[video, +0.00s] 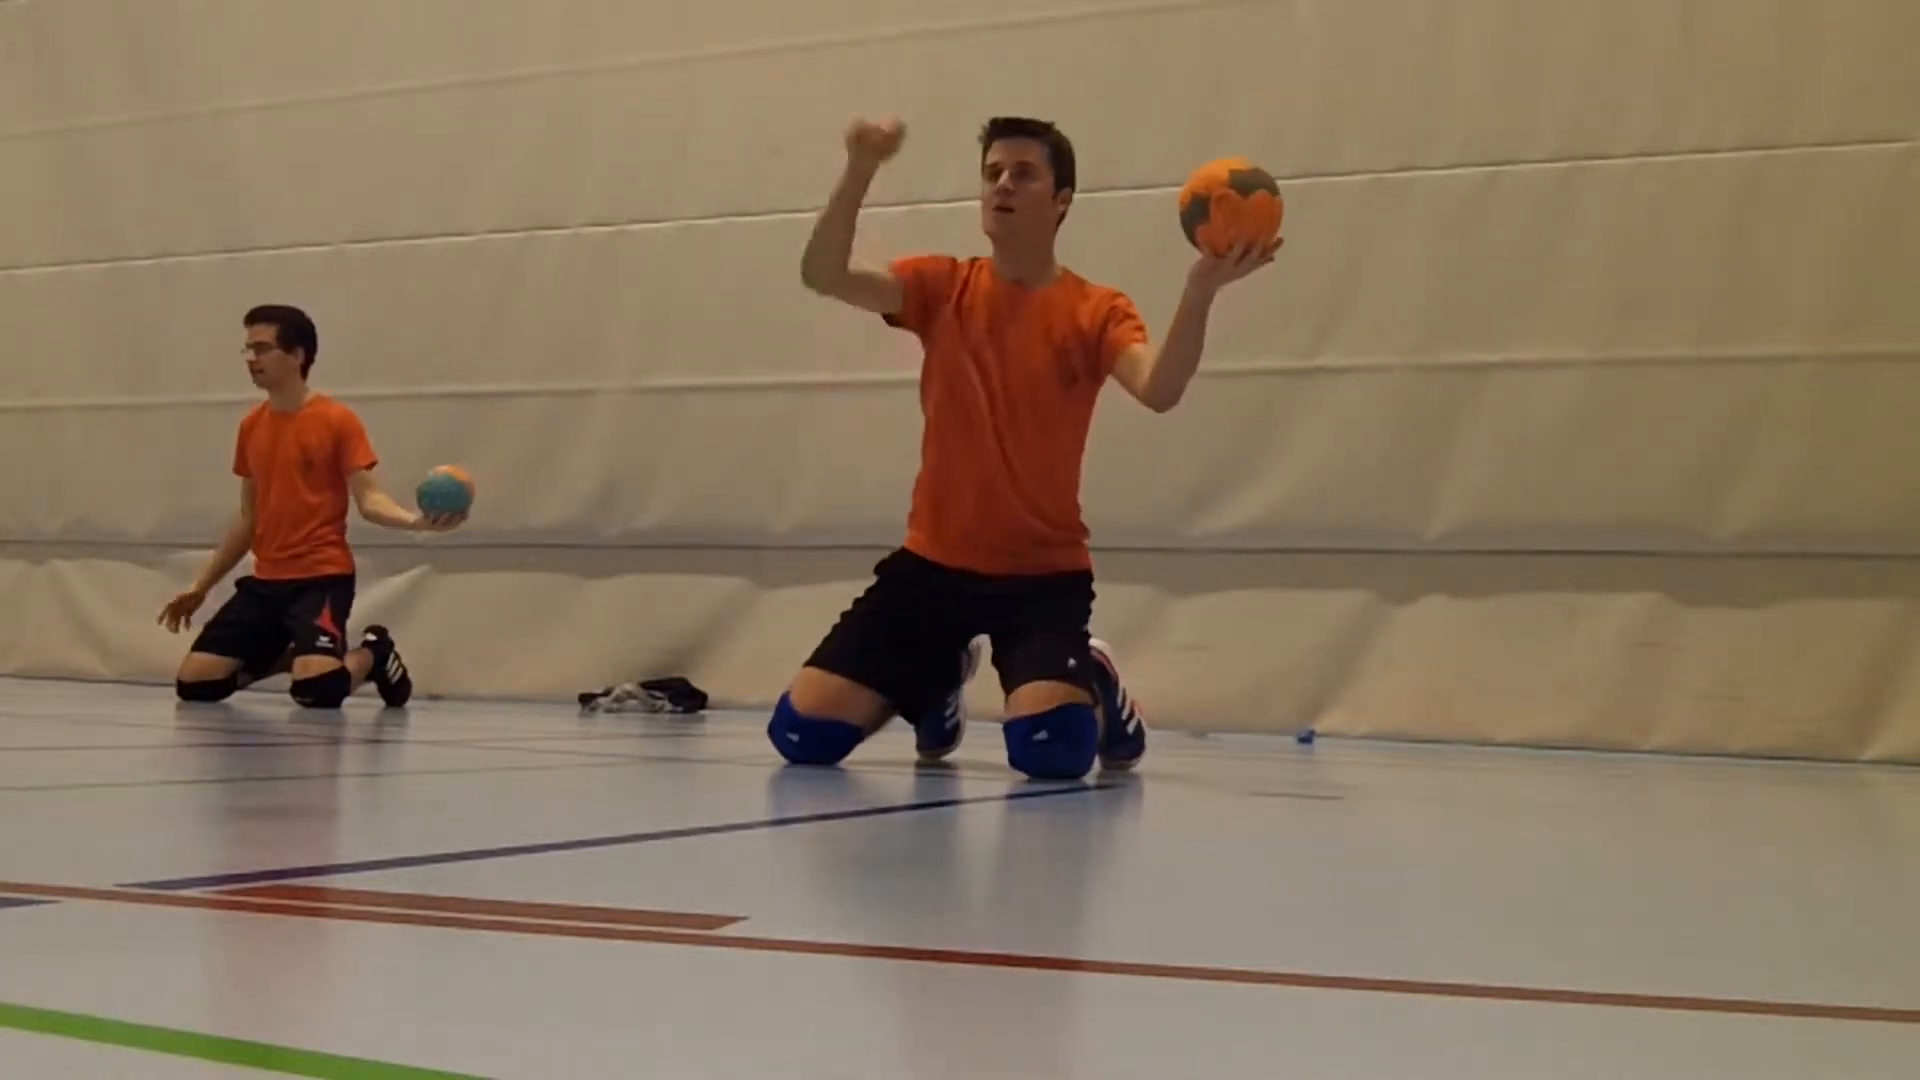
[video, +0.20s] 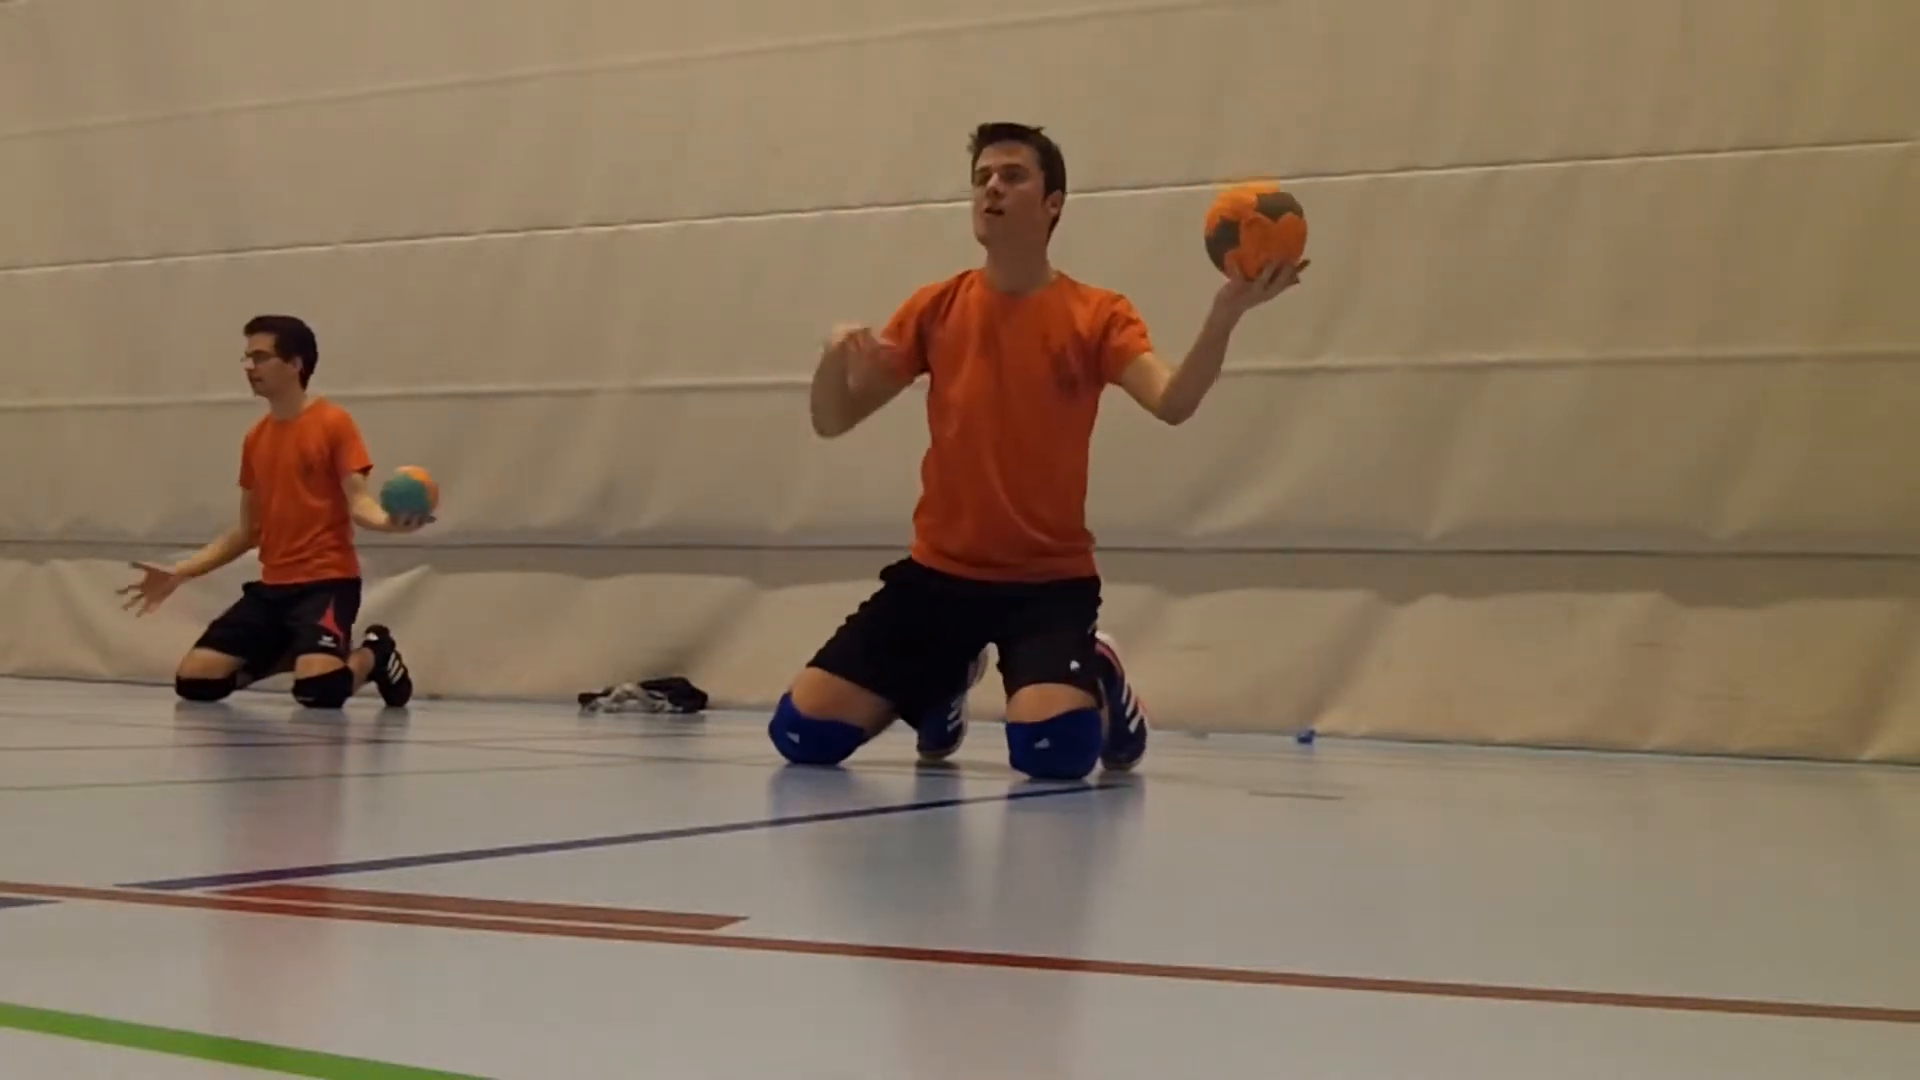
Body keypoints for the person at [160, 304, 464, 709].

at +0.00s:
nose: (250, 359)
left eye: (262, 348)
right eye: (248, 349)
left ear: (299, 356)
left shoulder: (336, 420)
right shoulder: (254, 425)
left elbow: (368, 498)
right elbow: (248, 520)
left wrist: (416, 520)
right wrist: (199, 589)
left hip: (323, 579)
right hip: (266, 582)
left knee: (315, 691)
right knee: (195, 684)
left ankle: (375, 653)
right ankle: (299, 655)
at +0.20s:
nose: (248, 367)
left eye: (259, 357)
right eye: (247, 358)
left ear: (296, 364)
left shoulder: (332, 421)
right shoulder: (257, 438)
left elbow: (359, 500)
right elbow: (247, 531)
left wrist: (391, 521)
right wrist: (179, 573)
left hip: (327, 584)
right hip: (271, 588)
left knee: (317, 692)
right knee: (195, 683)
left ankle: (377, 654)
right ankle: (306, 654)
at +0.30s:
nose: (238, 378)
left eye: (250, 368)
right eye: (238, 369)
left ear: (285, 375)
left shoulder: (324, 430)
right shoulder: (250, 452)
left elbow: (352, 507)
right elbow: (218, 536)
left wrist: (379, 518)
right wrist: (136, 554)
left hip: (333, 589)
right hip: (277, 594)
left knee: (322, 690)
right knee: (194, 682)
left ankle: (380, 654)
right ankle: (301, 657)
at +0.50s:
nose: (246, 377)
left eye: (255, 367)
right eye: (247, 367)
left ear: (289, 371)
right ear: (276, 372)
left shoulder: (329, 428)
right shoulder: (258, 437)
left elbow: (346, 515)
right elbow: (226, 508)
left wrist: (355, 512)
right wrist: (144, 492)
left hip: (325, 585)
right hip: (270, 590)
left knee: (328, 685)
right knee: (188, 683)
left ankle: (386, 649)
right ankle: (298, 657)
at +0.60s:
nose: (257, 370)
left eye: (266, 360)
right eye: (259, 360)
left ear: (299, 366)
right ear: (292, 368)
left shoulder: (337, 425)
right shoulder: (278, 428)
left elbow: (354, 501)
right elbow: (279, 496)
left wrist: (352, 511)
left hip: (323, 579)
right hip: (269, 580)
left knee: (320, 684)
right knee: (194, 683)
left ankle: (381, 649)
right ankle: (303, 651)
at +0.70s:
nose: (265, 373)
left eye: (275, 363)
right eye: (266, 362)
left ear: (309, 371)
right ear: (302, 373)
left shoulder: (336, 424)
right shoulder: (300, 423)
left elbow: (352, 495)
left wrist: (355, 514)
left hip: (322, 582)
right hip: (274, 581)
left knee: (310, 689)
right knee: (196, 682)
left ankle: (382, 650)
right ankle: (298, 648)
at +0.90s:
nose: (302, 401)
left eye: (310, 391)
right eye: (298, 392)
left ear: (343, 383)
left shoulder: (361, 437)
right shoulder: (332, 428)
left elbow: (366, 526)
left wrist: (351, 516)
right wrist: (352, 387)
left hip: (326, 585)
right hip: (281, 581)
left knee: (309, 690)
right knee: (199, 682)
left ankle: (378, 651)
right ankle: (298, 651)